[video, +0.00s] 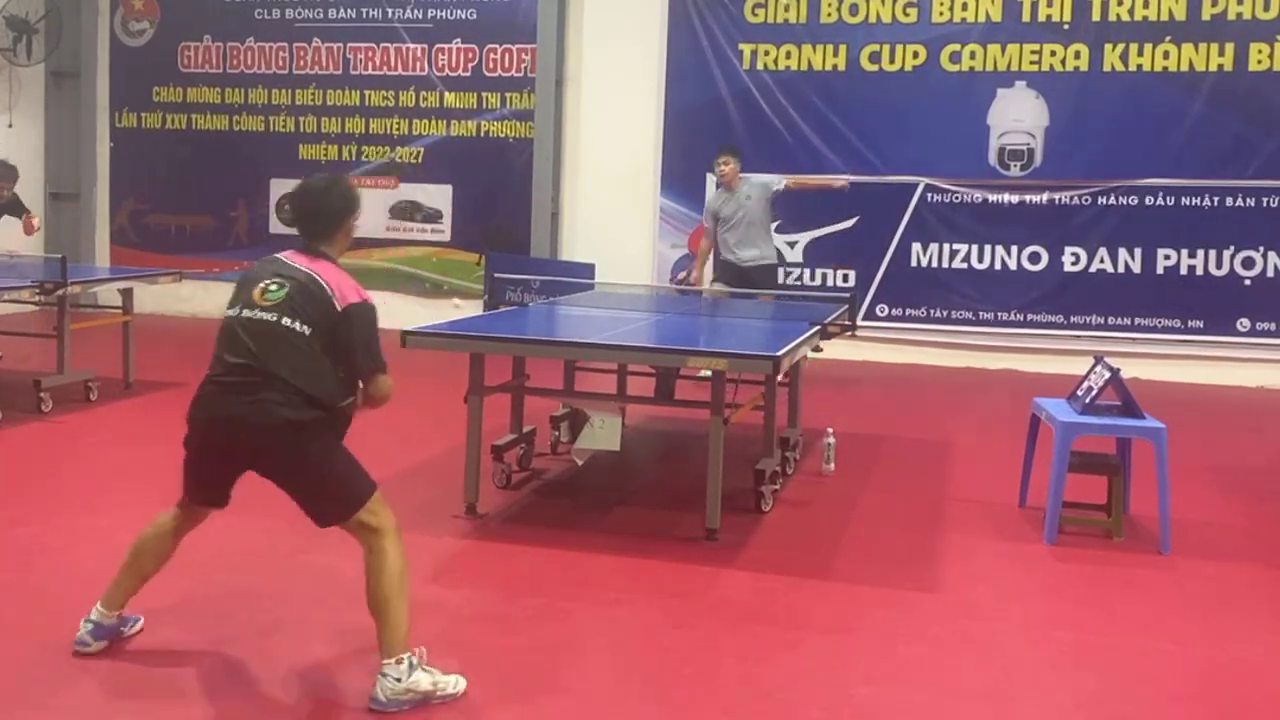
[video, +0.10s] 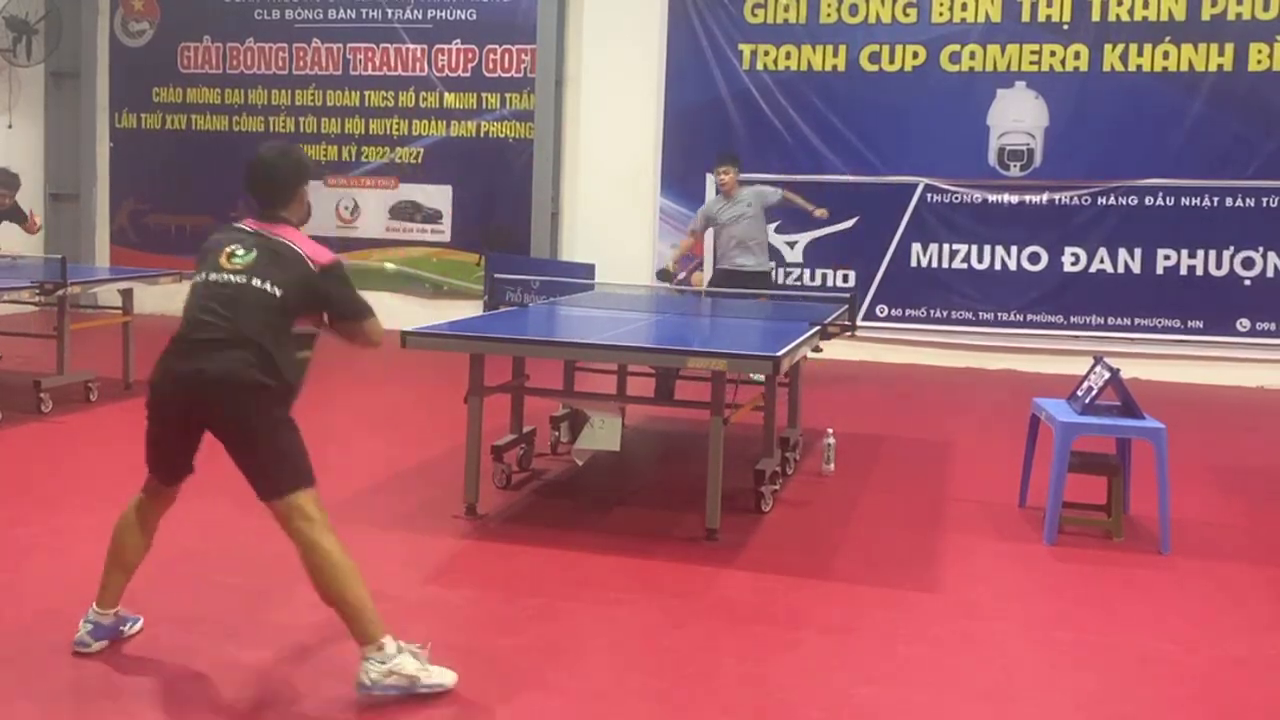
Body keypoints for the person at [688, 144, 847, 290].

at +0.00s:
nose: (721, 169)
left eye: (726, 164)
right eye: (718, 166)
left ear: (738, 166)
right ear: (715, 171)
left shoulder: (761, 185)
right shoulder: (713, 202)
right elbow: (707, 239)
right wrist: (697, 270)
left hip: (762, 264)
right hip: (729, 265)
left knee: (766, 315)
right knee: (711, 306)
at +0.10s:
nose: (721, 178)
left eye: (726, 173)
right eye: (718, 174)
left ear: (737, 175)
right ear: (715, 178)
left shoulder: (756, 194)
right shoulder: (710, 208)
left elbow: (786, 196)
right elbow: (692, 237)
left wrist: (812, 209)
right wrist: (673, 260)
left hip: (757, 273)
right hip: (725, 273)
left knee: (761, 320)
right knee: (711, 316)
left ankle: (757, 368)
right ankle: (713, 361)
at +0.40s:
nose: (749, 214)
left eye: (754, 209)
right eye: (746, 209)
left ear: (764, 212)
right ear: (741, 212)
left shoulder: (776, 235)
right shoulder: (729, 237)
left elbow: (783, 257)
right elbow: (714, 264)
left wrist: (777, 268)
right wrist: (719, 291)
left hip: (769, 295)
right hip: (735, 296)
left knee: (800, 319)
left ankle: (809, 364)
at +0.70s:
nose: (814, 196)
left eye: (819, 191)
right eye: (810, 191)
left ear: (827, 192)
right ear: (803, 192)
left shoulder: (839, 212)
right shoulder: (796, 219)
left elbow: (850, 234)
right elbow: (779, 253)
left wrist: (864, 245)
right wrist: (795, 251)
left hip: (828, 279)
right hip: (796, 279)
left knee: (837, 320)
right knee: (786, 320)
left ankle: (820, 365)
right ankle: (791, 359)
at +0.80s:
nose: (822, 183)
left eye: (826, 178)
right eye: (817, 179)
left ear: (834, 181)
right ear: (811, 184)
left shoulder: (851, 200)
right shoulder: (809, 211)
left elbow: (869, 215)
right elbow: (796, 228)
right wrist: (785, 225)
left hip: (843, 274)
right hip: (813, 274)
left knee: (841, 323)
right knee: (797, 315)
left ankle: (822, 363)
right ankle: (793, 357)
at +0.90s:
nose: (833, 177)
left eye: (838, 172)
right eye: (828, 173)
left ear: (847, 175)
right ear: (823, 179)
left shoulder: (863, 196)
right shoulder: (819, 206)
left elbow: (887, 202)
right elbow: (799, 222)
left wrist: (908, 206)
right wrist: (787, 219)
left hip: (858, 270)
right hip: (826, 271)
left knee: (866, 310)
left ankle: (846, 351)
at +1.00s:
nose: (845, 185)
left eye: (850, 180)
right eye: (841, 181)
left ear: (859, 183)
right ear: (835, 185)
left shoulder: (874, 205)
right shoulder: (828, 213)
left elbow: (895, 216)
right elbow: (812, 239)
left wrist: (917, 231)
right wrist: (807, 236)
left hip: (868, 274)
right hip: (834, 275)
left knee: (879, 317)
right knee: (811, 316)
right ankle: (804, 360)